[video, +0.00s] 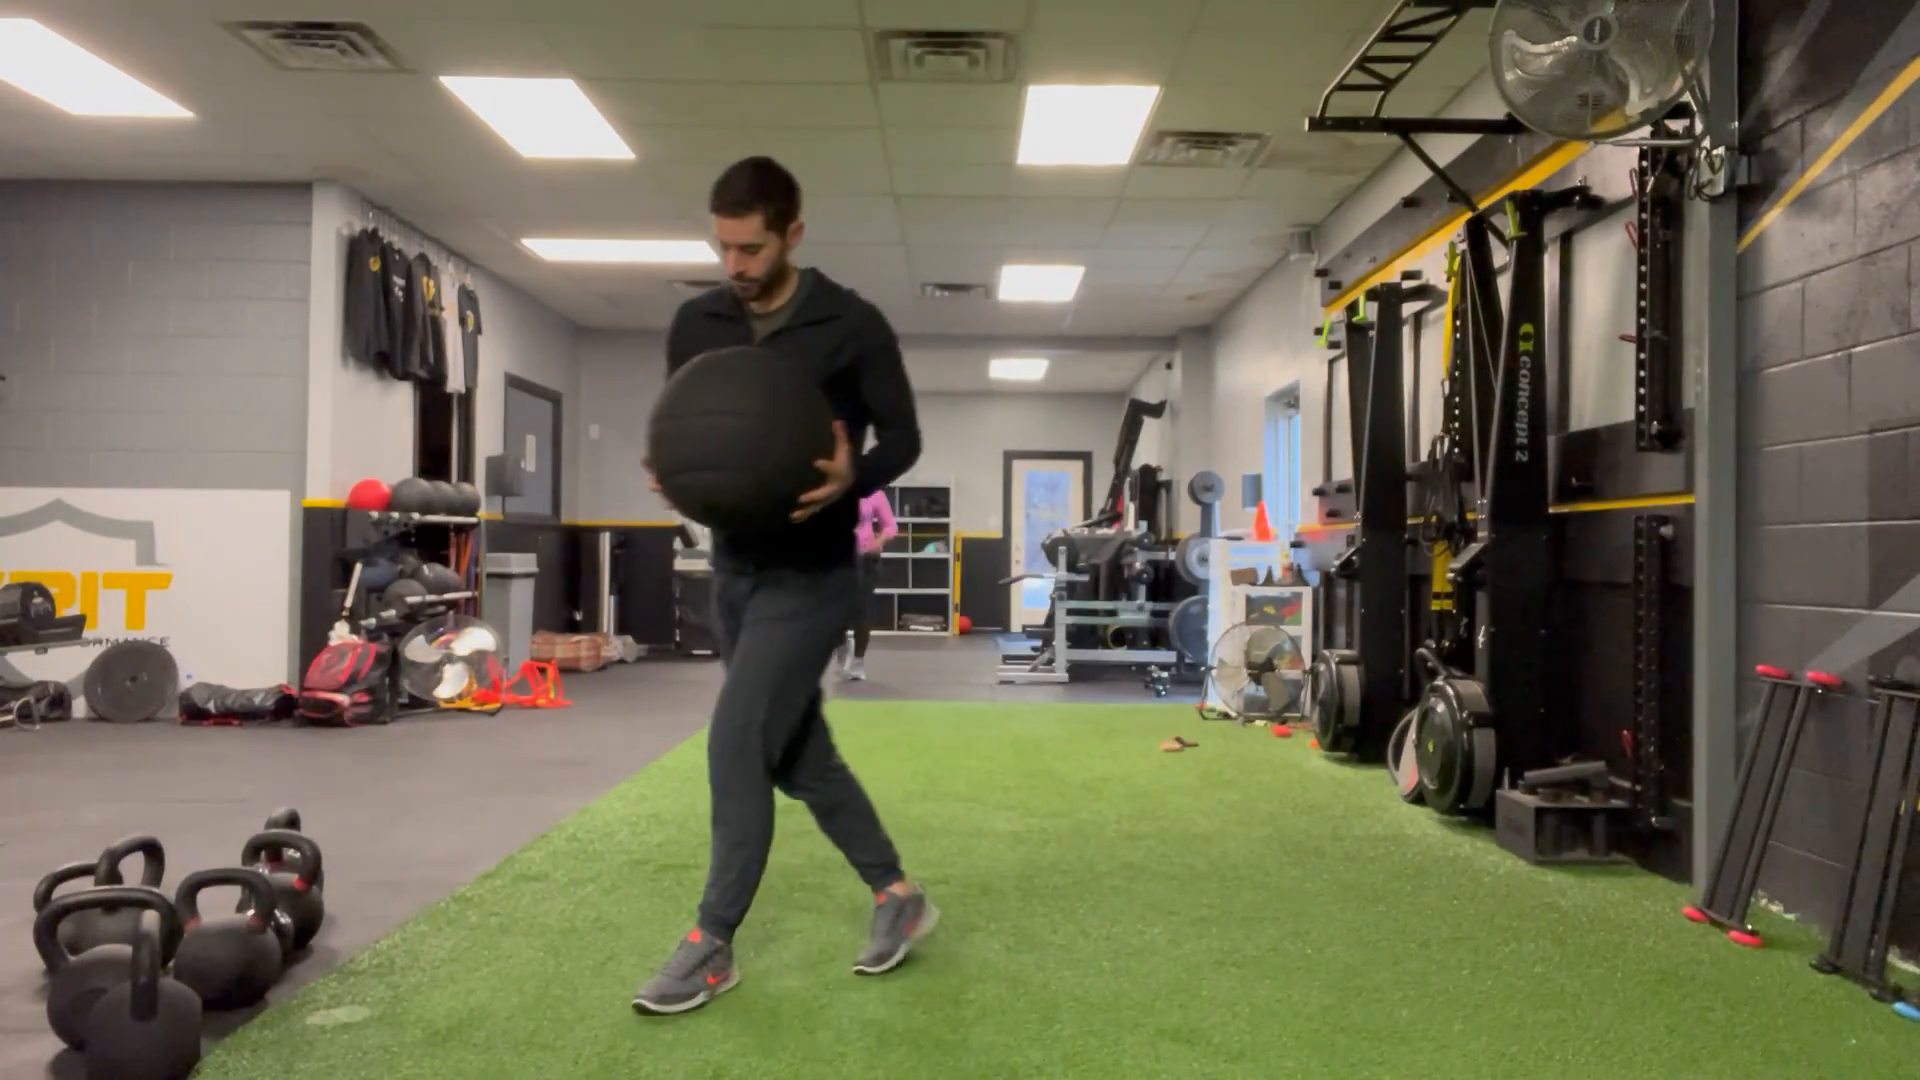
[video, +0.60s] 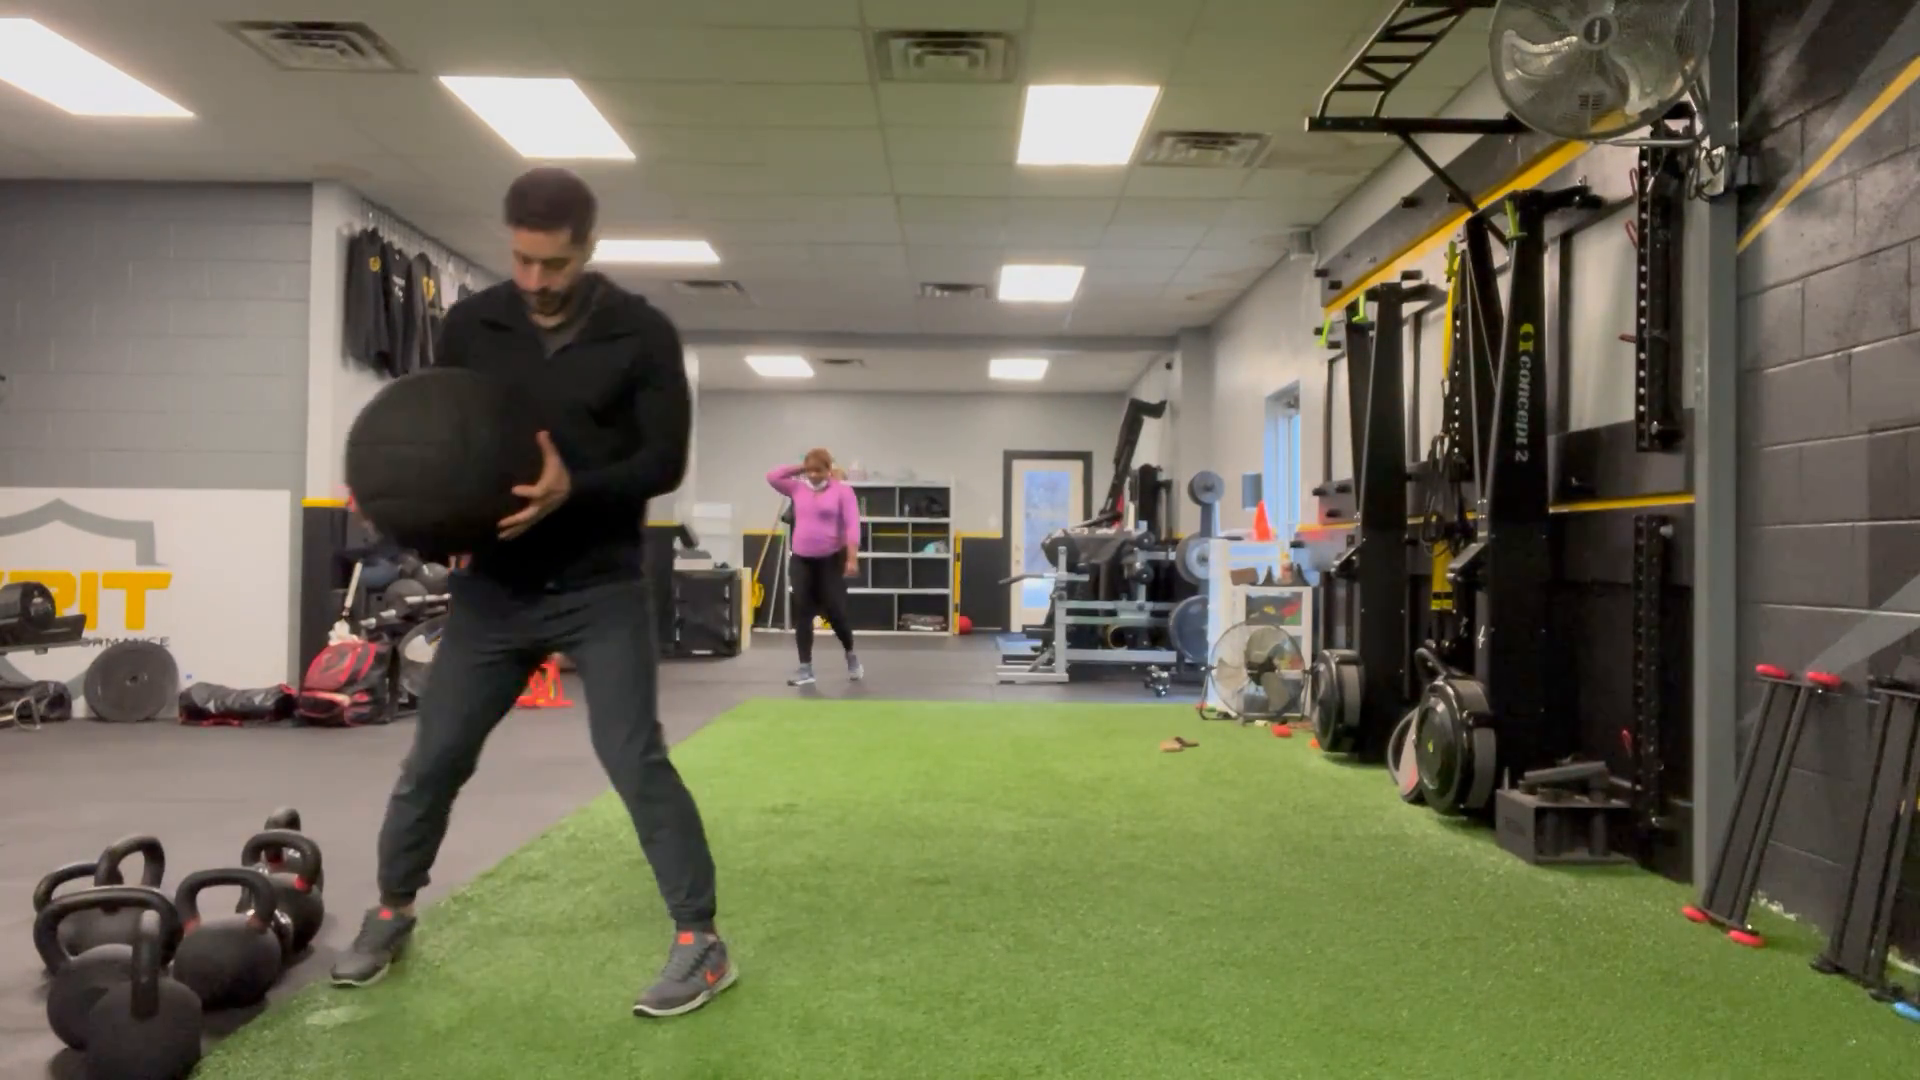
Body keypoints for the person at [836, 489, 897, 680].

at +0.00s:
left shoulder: (873, 493)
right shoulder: (833, 495)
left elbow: (890, 526)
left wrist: (878, 542)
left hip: (864, 555)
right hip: (839, 558)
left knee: (862, 610)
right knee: (836, 606)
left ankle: (858, 661)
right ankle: (841, 647)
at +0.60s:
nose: (813, 475)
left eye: (817, 470)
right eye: (809, 470)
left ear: (827, 469)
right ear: (805, 470)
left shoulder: (842, 491)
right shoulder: (798, 489)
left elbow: (852, 523)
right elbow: (772, 478)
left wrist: (852, 556)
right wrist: (800, 468)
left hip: (831, 558)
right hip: (802, 558)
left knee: (834, 609)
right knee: (802, 611)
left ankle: (850, 654)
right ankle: (805, 668)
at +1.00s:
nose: (801, 471)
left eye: (805, 466)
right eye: (797, 466)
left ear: (814, 467)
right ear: (790, 467)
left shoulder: (829, 491)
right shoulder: (783, 490)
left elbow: (846, 524)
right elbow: (756, 498)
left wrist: (859, 557)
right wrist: (768, 472)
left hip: (818, 559)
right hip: (789, 560)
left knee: (812, 612)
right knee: (796, 614)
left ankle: (813, 667)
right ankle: (802, 665)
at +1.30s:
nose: (801, 465)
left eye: (805, 460)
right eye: (797, 461)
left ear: (813, 462)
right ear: (789, 464)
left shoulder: (829, 489)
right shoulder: (782, 489)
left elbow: (845, 523)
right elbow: (756, 512)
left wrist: (840, 547)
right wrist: (760, 477)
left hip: (815, 559)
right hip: (783, 559)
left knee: (813, 616)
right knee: (775, 614)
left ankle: (810, 674)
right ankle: (792, 652)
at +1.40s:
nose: (801, 463)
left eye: (805, 459)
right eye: (796, 459)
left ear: (811, 460)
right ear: (787, 462)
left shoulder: (826, 486)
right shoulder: (781, 488)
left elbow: (843, 520)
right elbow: (759, 517)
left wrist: (821, 524)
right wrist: (757, 485)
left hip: (813, 556)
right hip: (780, 556)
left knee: (809, 616)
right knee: (771, 611)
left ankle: (809, 674)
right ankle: (781, 663)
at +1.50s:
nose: (799, 463)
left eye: (803, 458)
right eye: (793, 460)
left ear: (809, 459)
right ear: (784, 463)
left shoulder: (821, 484)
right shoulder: (779, 488)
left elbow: (832, 512)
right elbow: (759, 521)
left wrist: (800, 503)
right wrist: (754, 488)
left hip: (811, 557)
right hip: (778, 557)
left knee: (808, 617)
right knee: (771, 614)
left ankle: (809, 675)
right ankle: (766, 675)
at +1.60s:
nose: (795, 464)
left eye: (798, 459)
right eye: (789, 461)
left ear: (804, 460)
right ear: (779, 465)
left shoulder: (816, 483)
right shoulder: (770, 486)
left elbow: (814, 504)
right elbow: (757, 524)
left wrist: (780, 486)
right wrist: (750, 493)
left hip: (806, 558)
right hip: (773, 558)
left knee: (805, 620)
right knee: (769, 617)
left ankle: (809, 677)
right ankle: (759, 677)